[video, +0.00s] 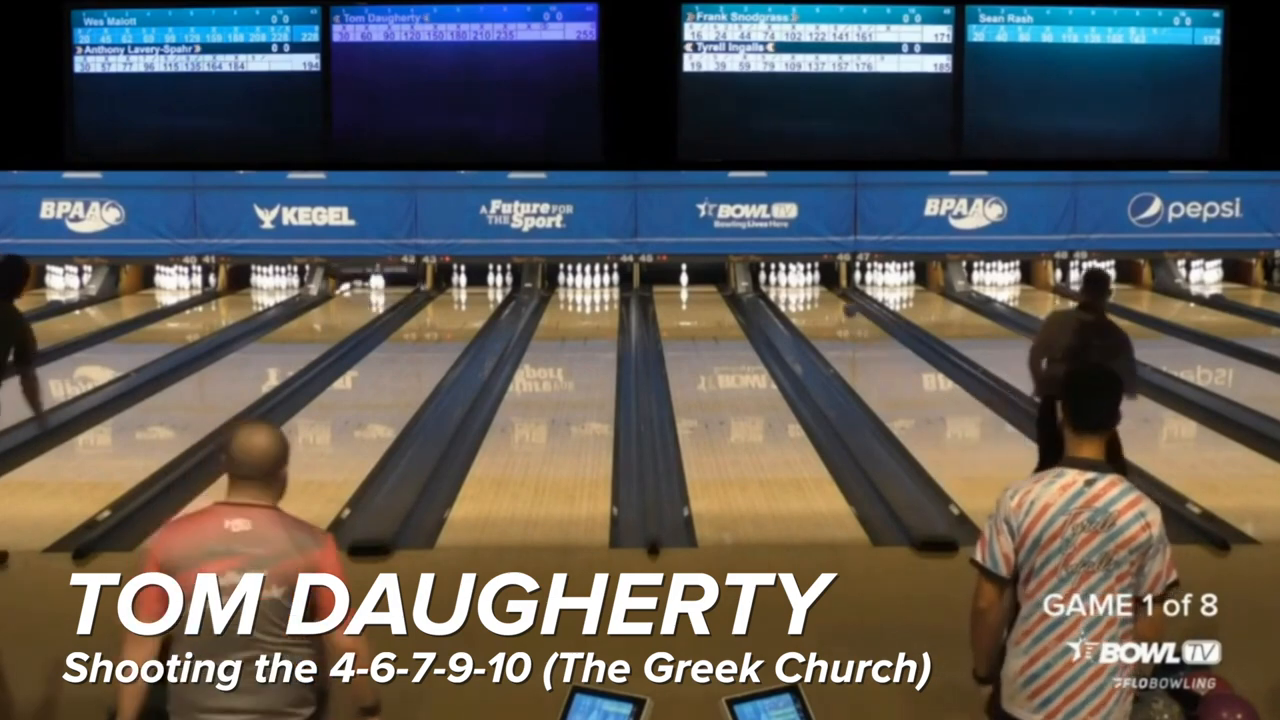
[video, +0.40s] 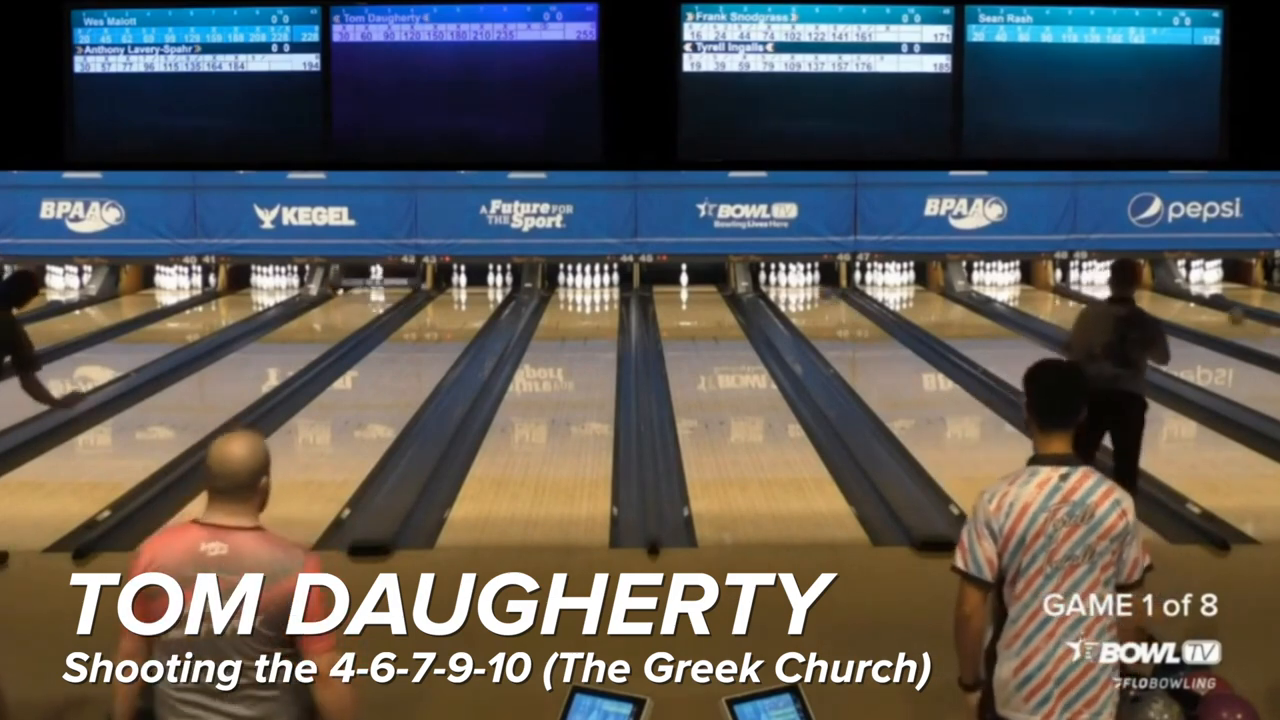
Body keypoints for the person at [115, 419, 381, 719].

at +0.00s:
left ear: (226, 470)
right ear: (282, 476)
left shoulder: (168, 543)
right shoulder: (316, 547)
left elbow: (136, 664)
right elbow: (355, 662)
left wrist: (126, 714)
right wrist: (370, 705)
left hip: (194, 710)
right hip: (287, 710)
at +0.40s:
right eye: (270, 478)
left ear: (206, 481)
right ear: (263, 487)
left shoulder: (155, 552)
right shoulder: (298, 565)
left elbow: (129, 667)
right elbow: (326, 680)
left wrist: (124, 714)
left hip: (177, 709)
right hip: (267, 709)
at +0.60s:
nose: (240, 488)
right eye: (239, 481)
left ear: (179, 486)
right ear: (234, 491)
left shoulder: (126, 557)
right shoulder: (269, 574)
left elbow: (115, 654)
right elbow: (295, 686)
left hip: (148, 712)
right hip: (239, 712)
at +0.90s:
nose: (204, 491)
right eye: (204, 484)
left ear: (136, 490)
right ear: (196, 493)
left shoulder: (92, 563)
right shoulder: (236, 569)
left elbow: (79, 661)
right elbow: (264, 684)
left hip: (119, 714)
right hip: (212, 714)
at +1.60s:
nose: (227, 493)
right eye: (226, 486)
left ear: (158, 496)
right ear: (220, 497)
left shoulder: (106, 576)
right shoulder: (266, 574)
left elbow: (82, 691)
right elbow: (302, 683)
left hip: (140, 714)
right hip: (241, 714)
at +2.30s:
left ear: (190, 506)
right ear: (256, 510)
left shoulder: (138, 576)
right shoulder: (292, 593)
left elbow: (122, 682)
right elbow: (321, 705)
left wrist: (127, 716)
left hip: (158, 714)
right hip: (257, 714)